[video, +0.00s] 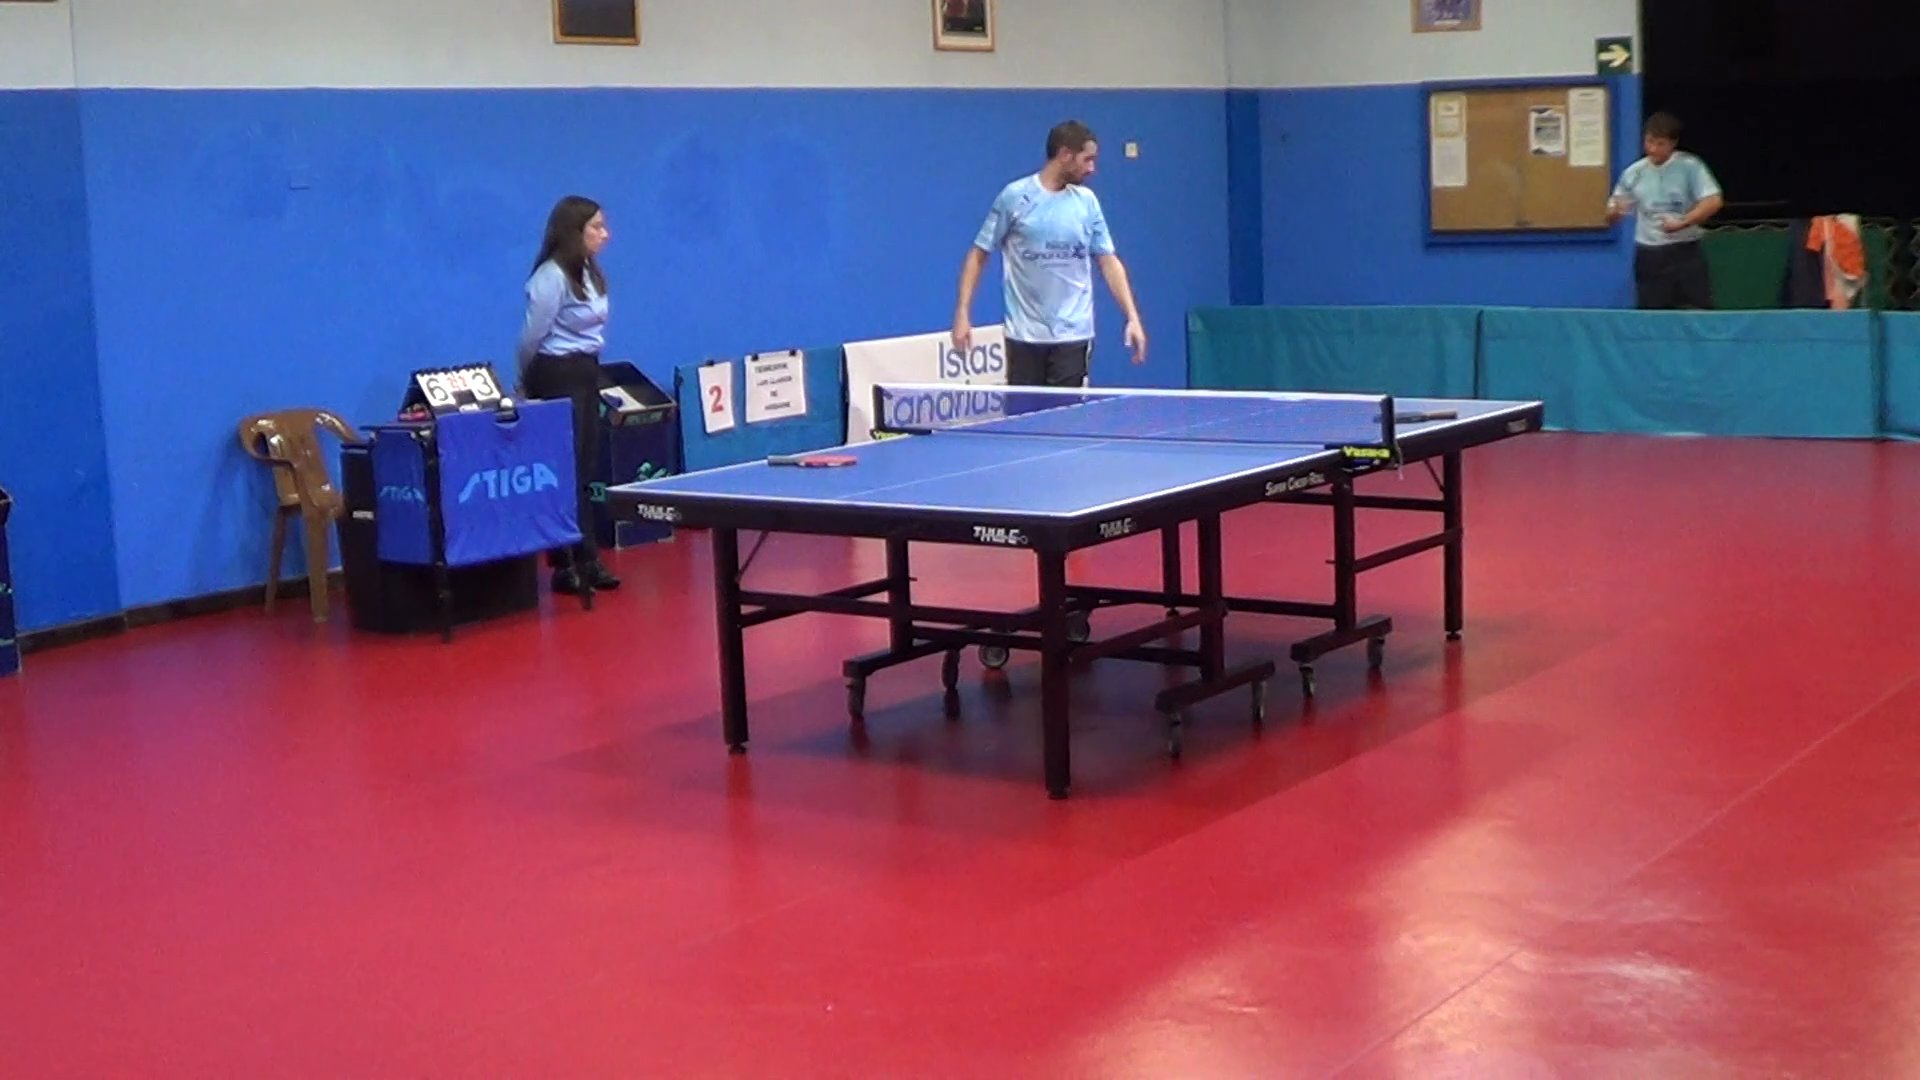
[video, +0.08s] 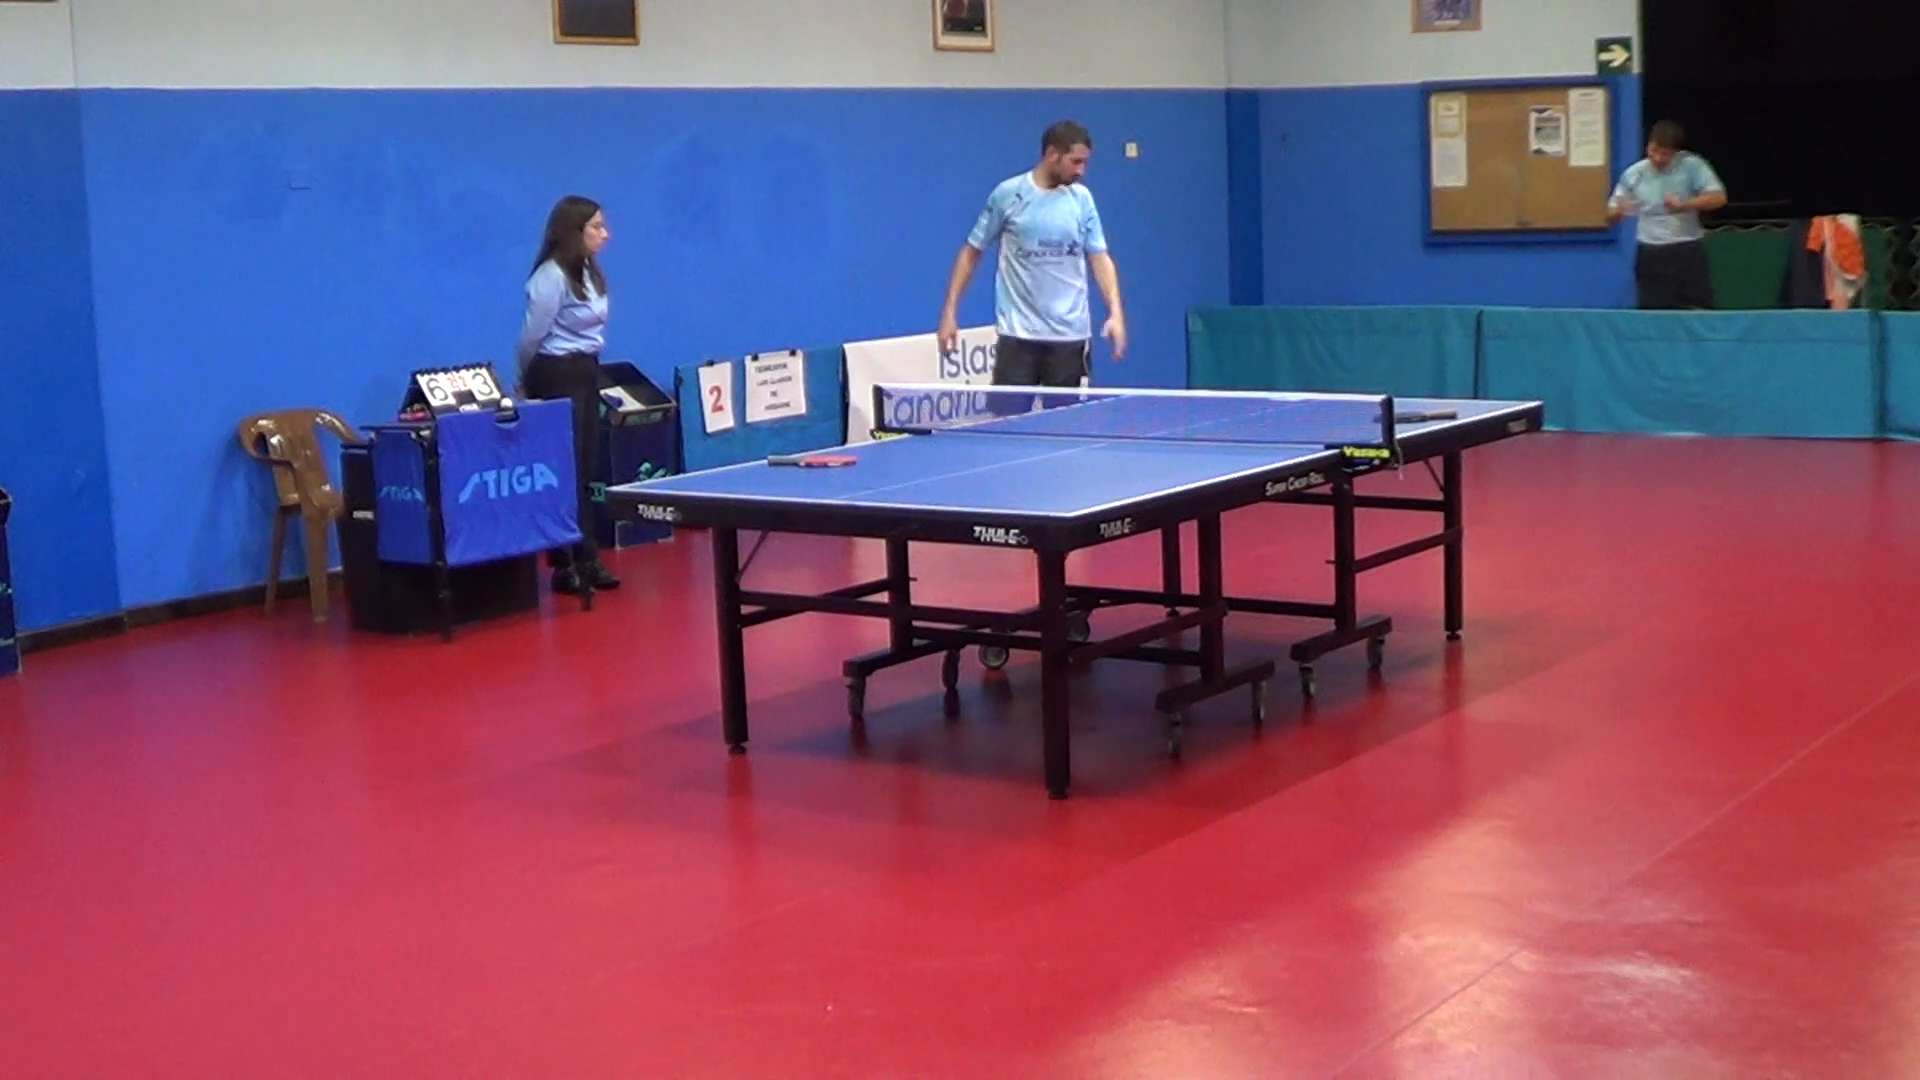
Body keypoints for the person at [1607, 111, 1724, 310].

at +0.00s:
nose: (1653, 148)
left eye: (1660, 144)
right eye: (1650, 142)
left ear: (1673, 144)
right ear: (1644, 141)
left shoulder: (1691, 166)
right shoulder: (1634, 171)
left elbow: (1713, 200)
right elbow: (1615, 203)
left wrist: (1682, 222)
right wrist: (1615, 210)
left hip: (1685, 248)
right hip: (1649, 251)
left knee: (1696, 311)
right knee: (1652, 313)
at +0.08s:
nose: (1658, 159)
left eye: (1664, 154)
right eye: (1654, 152)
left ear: (1675, 153)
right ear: (1648, 148)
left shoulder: (1692, 165)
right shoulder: (1635, 173)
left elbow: (1718, 197)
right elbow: (1611, 215)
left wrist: (1684, 205)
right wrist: (1619, 210)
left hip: (1688, 250)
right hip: (1651, 252)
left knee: (1698, 311)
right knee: (1654, 313)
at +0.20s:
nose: (1667, 160)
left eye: (1674, 155)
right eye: (1663, 152)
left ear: (1684, 154)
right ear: (1656, 147)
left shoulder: (1698, 168)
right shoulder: (1638, 174)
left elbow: (1724, 203)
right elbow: (1614, 215)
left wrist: (1694, 213)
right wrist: (1627, 211)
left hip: (1692, 250)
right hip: (1655, 252)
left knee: (1702, 312)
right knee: (1656, 314)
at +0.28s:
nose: (1676, 155)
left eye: (1682, 150)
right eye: (1672, 148)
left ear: (1690, 149)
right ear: (1662, 144)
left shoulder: (1705, 171)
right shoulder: (1645, 172)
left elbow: (1729, 207)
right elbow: (1619, 213)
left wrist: (1702, 217)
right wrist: (1635, 209)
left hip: (1695, 251)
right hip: (1658, 252)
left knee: (1703, 311)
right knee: (1660, 313)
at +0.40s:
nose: (1696, 150)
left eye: (1701, 145)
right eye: (1692, 143)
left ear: (1706, 146)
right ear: (1678, 139)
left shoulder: (1715, 174)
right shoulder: (1654, 173)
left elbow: (1736, 210)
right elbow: (1629, 212)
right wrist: (1647, 212)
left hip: (1703, 252)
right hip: (1664, 252)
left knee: (1706, 316)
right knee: (1664, 317)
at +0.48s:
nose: (1710, 148)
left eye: (1714, 142)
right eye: (1705, 141)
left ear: (1717, 143)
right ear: (1689, 139)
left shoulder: (1723, 176)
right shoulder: (1662, 173)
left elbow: (1735, 219)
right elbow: (1639, 211)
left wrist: (1745, 262)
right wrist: (1658, 215)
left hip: (1711, 252)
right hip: (1673, 252)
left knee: (1712, 315)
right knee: (1675, 316)